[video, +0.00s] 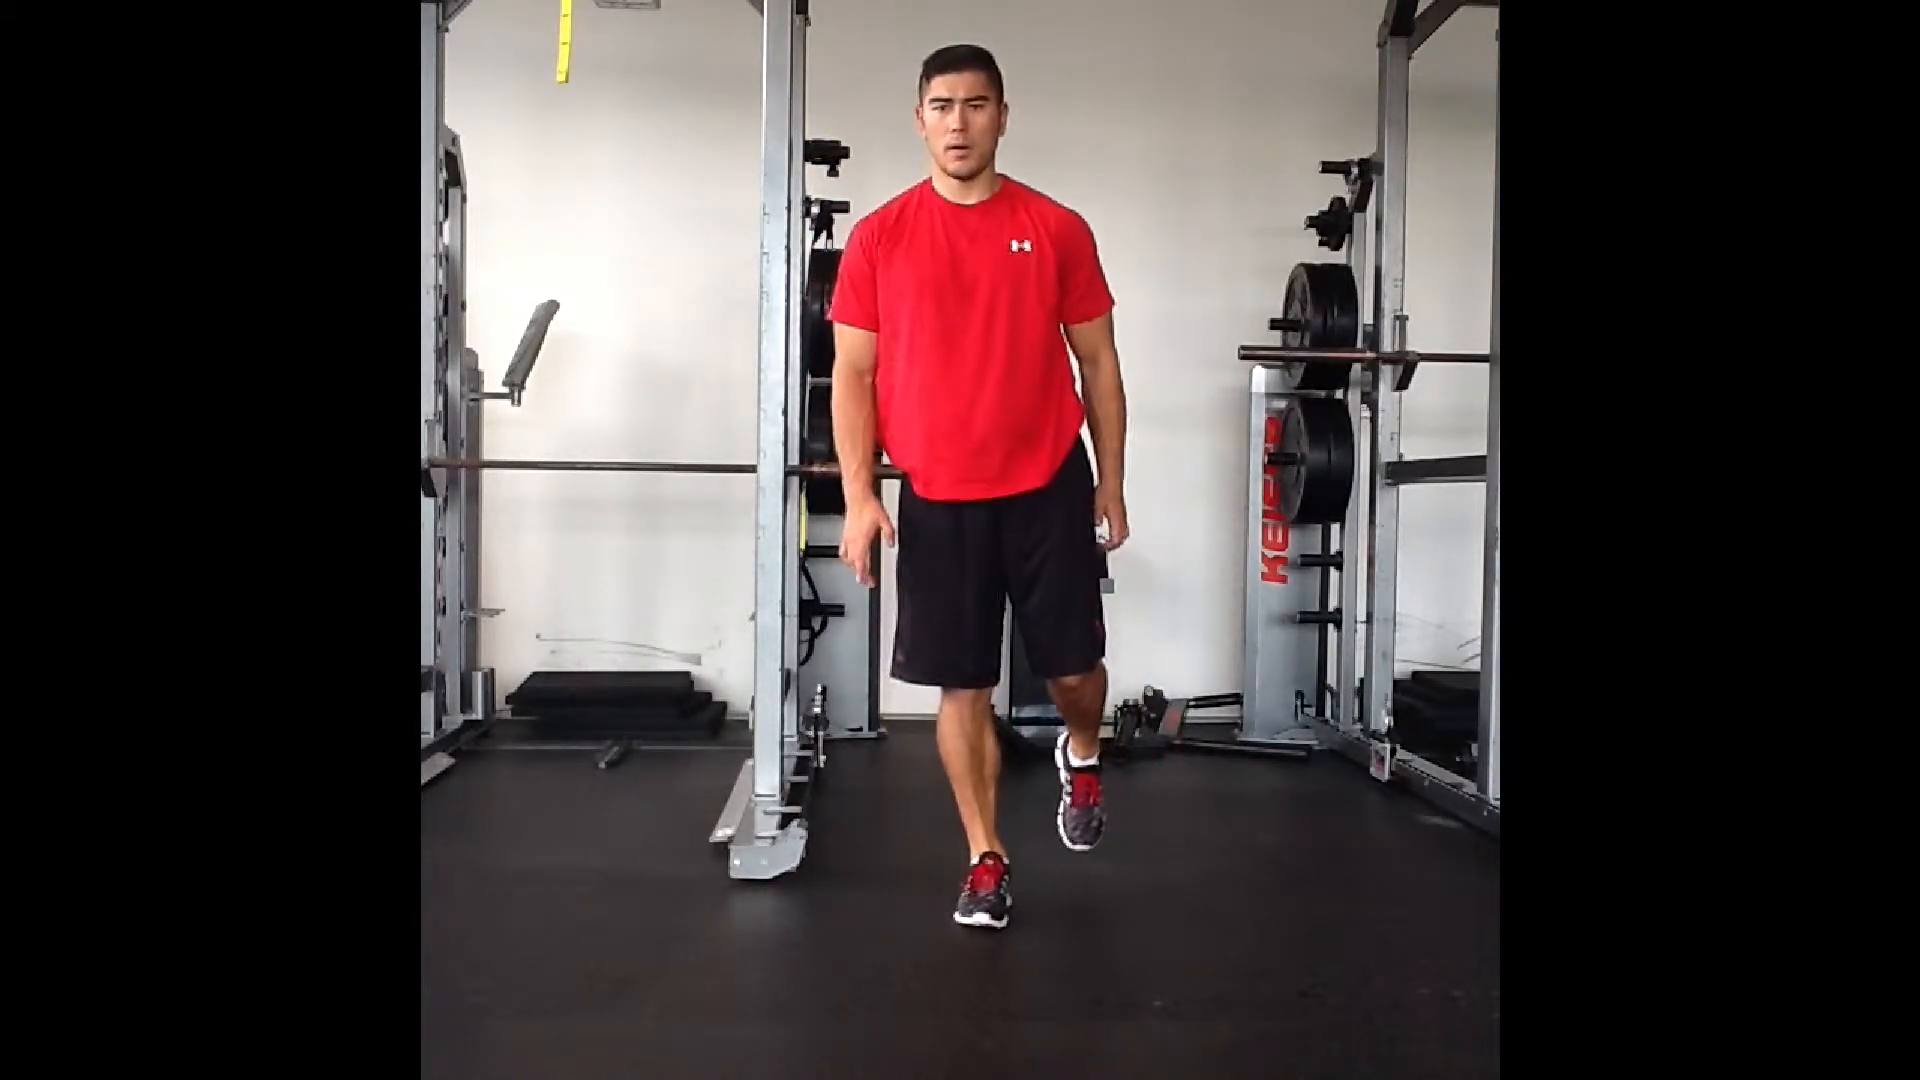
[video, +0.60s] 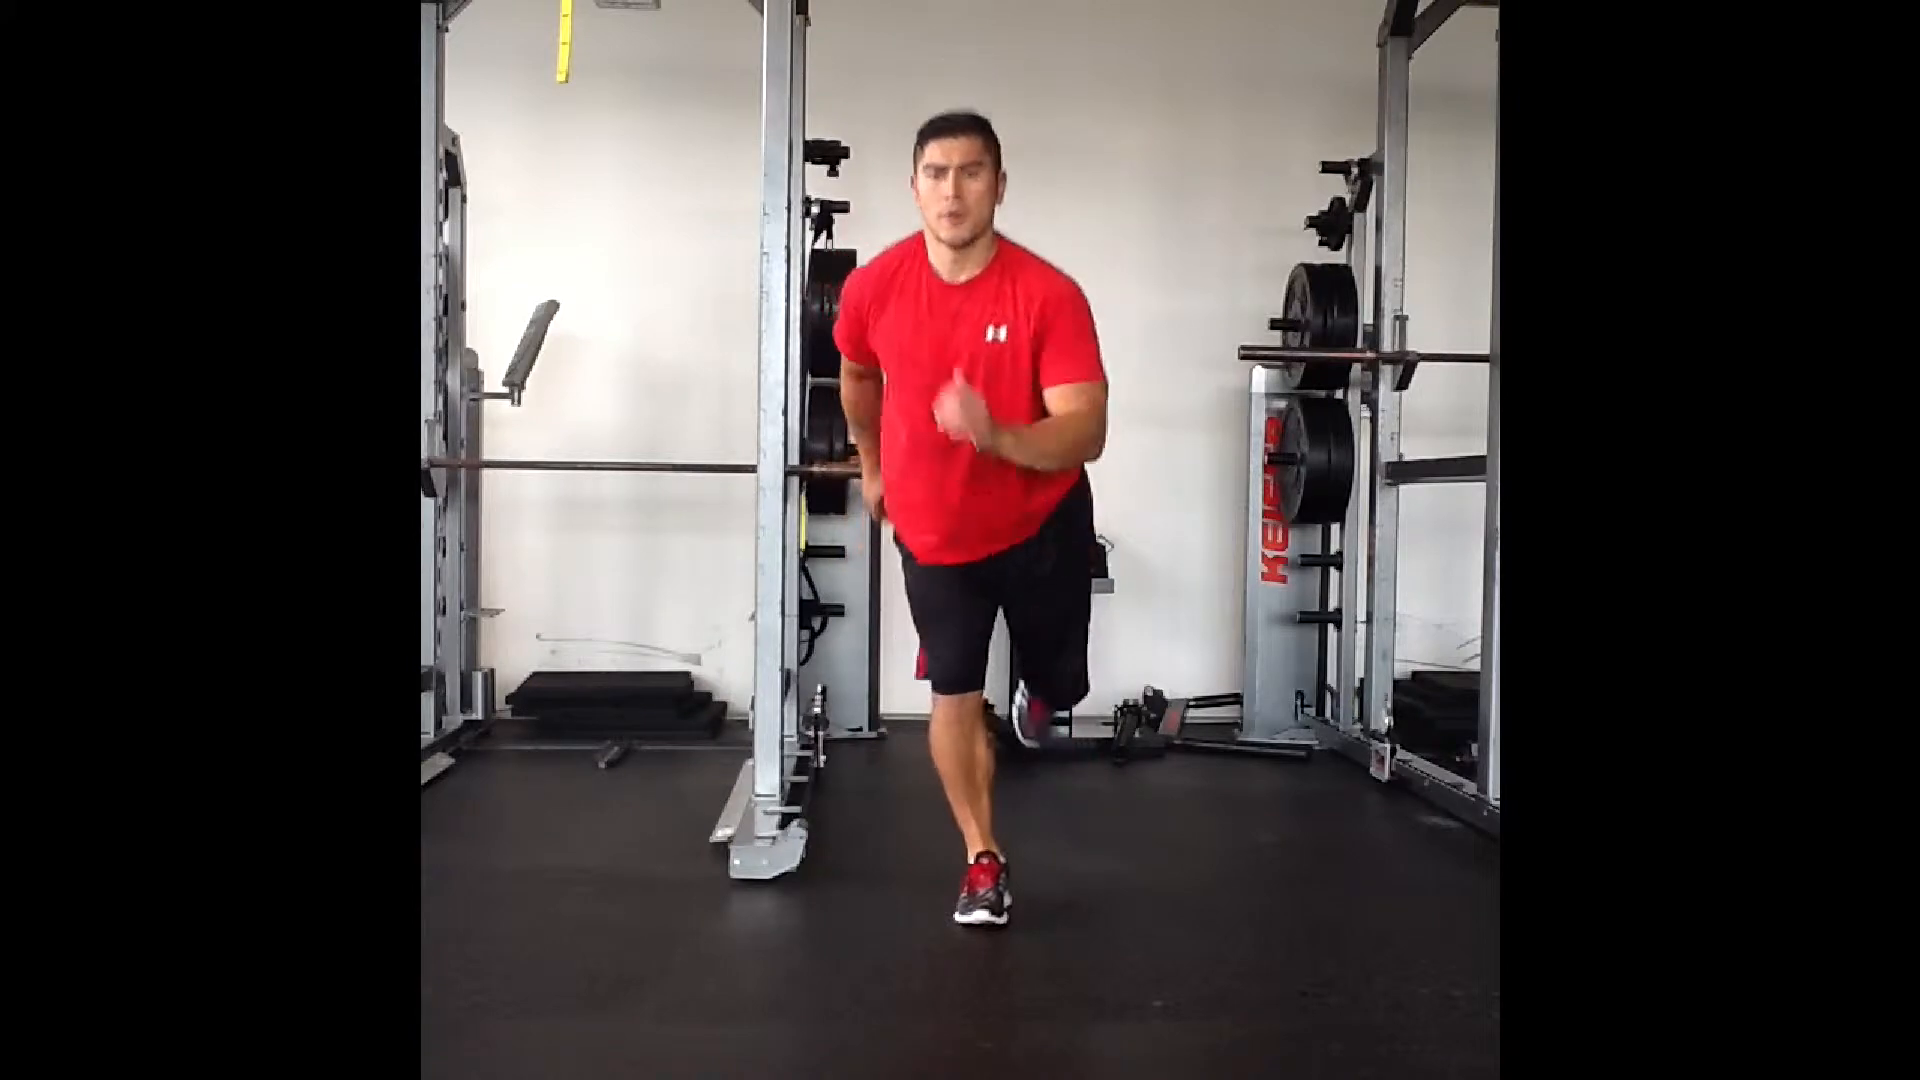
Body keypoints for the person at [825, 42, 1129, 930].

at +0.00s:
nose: (958, 121)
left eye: (975, 105)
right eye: (942, 105)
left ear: (1002, 118)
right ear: (920, 120)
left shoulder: (1056, 230)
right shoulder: (876, 238)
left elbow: (1097, 358)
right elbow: (853, 373)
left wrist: (1111, 482)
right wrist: (858, 494)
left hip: (1047, 488)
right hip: (936, 498)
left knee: (1072, 672)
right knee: (960, 683)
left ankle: (1081, 762)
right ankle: (983, 858)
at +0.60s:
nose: (952, 189)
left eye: (970, 173)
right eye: (936, 173)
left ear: (999, 188)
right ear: (914, 188)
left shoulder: (1050, 297)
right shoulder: (872, 290)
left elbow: (1086, 433)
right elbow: (858, 375)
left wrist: (999, 436)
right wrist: (871, 463)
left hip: (1042, 525)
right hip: (936, 536)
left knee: (1055, 671)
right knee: (956, 686)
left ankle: (1040, 698)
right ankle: (982, 859)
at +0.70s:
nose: (951, 243)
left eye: (968, 227)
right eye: (934, 228)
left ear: (997, 240)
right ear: (914, 242)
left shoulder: (1041, 339)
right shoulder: (875, 329)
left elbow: (1054, 454)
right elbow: (893, 412)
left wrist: (960, 361)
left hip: (1043, 553)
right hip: (941, 555)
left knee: (1031, 695)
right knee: (959, 692)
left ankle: (994, 728)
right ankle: (982, 859)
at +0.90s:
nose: (941, 296)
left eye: (959, 277)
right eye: (924, 277)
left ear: (990, 287)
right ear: (902, 288)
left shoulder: (1036, 374)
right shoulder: (871, 368)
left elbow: (1053, 510)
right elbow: (906, 436)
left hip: (1044, 575)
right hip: (944, 574)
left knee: (1015, 710)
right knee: (963, 711)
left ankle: (1001, 717)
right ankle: (985, 862)